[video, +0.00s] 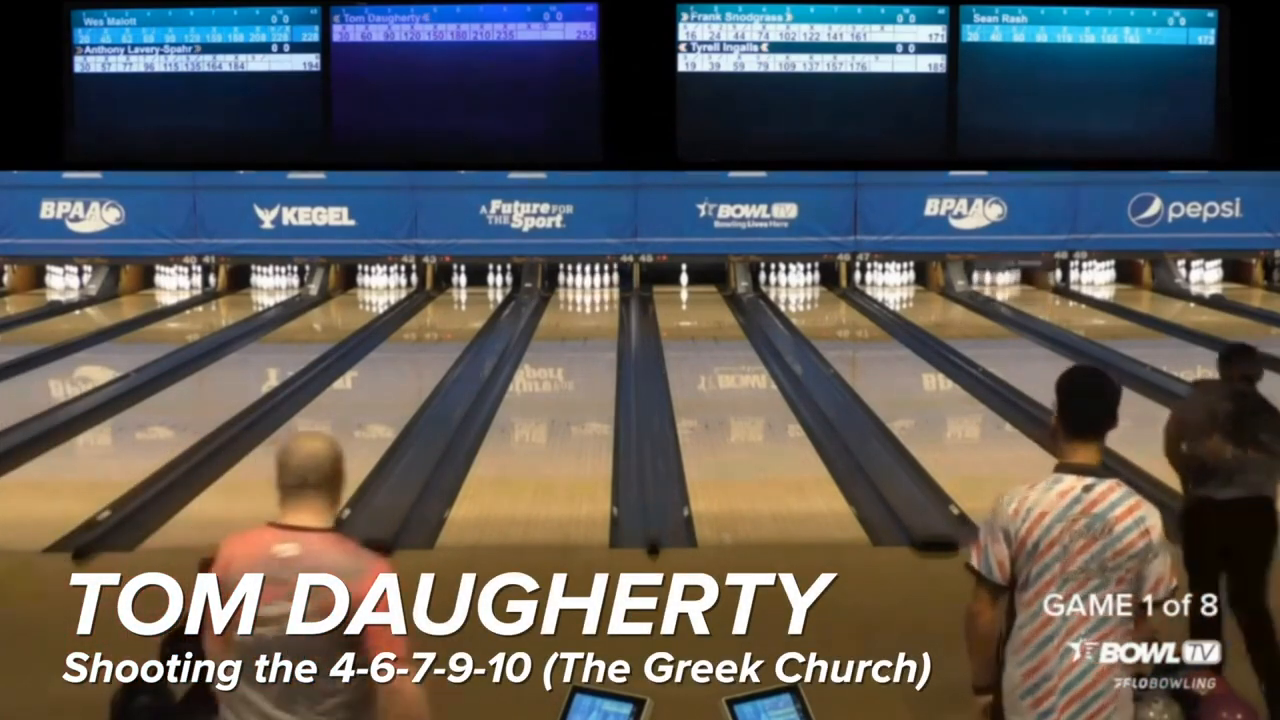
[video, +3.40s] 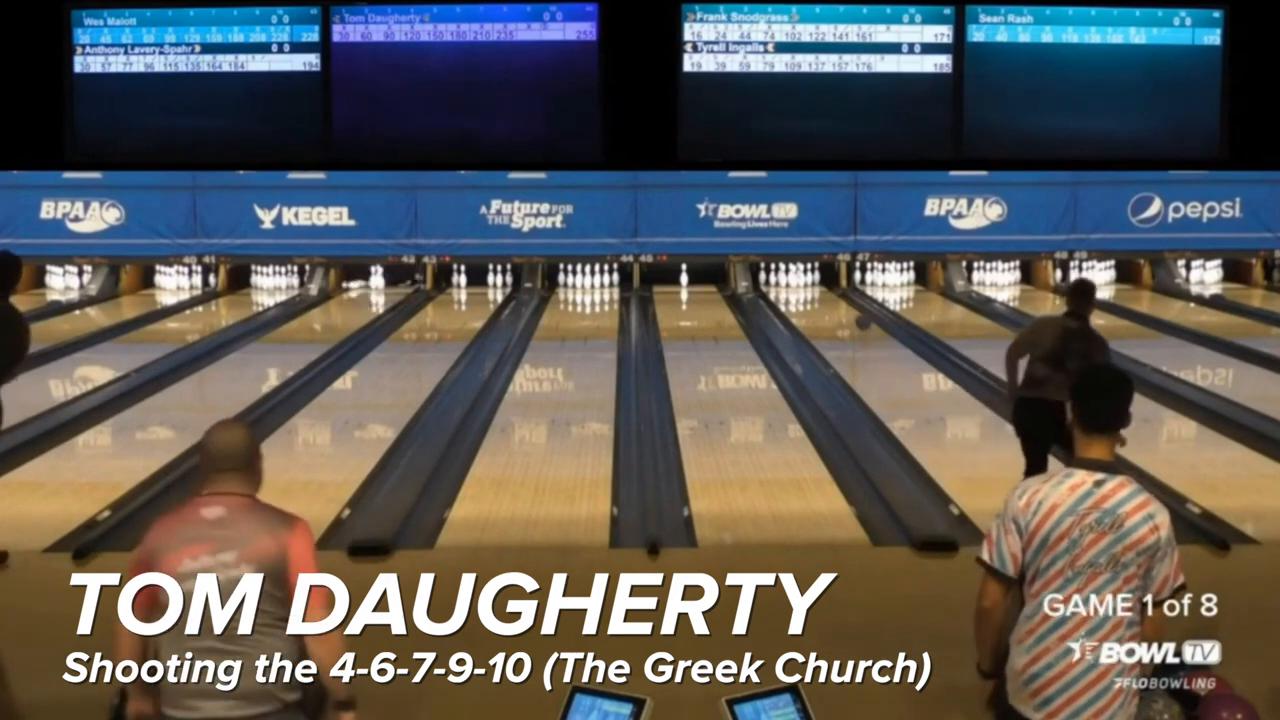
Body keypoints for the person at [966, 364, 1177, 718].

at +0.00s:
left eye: (1055, 415)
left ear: (1056, 420)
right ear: (1114, 424)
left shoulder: (1019, 507)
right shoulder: (1142, 515)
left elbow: (985, 608)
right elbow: (1151, 617)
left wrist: (985, 690)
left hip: (1029, 691)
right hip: (1107, 694)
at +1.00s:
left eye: (1061, 405)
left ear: (1063, 413)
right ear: (1122, 419)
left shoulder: (1024, 497)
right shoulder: (1149, 508)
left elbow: (987, 600)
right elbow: (1160, 607)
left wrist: (990, 662)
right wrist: (1141, 650)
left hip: (1033, 686)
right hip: (1112, 692)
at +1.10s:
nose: (1056, 409)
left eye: (1058, 403)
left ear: (1062, 411)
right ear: (1120, 417)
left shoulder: (1023, 497)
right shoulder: (1150, 507)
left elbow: (986, 599)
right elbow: (1159, 599)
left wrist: (990, 661)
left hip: (1033, 686)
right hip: (1112, 692)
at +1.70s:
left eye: (1058, 404)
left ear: (1062, 413)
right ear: (1118, 416)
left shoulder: (1023, 493)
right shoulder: (1152, 506)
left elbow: (986, 597)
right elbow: (1160, 609)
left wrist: (987, 663)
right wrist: (1139, 672)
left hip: (1032, 686)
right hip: (1110, 692)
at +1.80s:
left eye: (1059, 408)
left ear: (1061, 414)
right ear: (1117, 419)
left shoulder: (1022, 498)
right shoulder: (1147, 511)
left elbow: (984, 601)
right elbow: (1156, 611)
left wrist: (986, 665)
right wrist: (1138, 670)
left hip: (1030, 683)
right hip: (1108, 691)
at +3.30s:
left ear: (1070, 415)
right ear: (1127, 421)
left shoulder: (1032, 497)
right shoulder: (1153, 514)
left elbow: (991, 601)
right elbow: (1154, 615)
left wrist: (987, 665)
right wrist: (1137, 673)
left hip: (1032, 686)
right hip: (1109, 696)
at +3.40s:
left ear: (1070, 415)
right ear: (1126, 423)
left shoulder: (1031, 497)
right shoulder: (1152, 514)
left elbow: (991, 600)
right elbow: (1154, 614)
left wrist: (988, 667)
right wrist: (1137, 673)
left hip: (1032, 685)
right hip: (1109, 694)